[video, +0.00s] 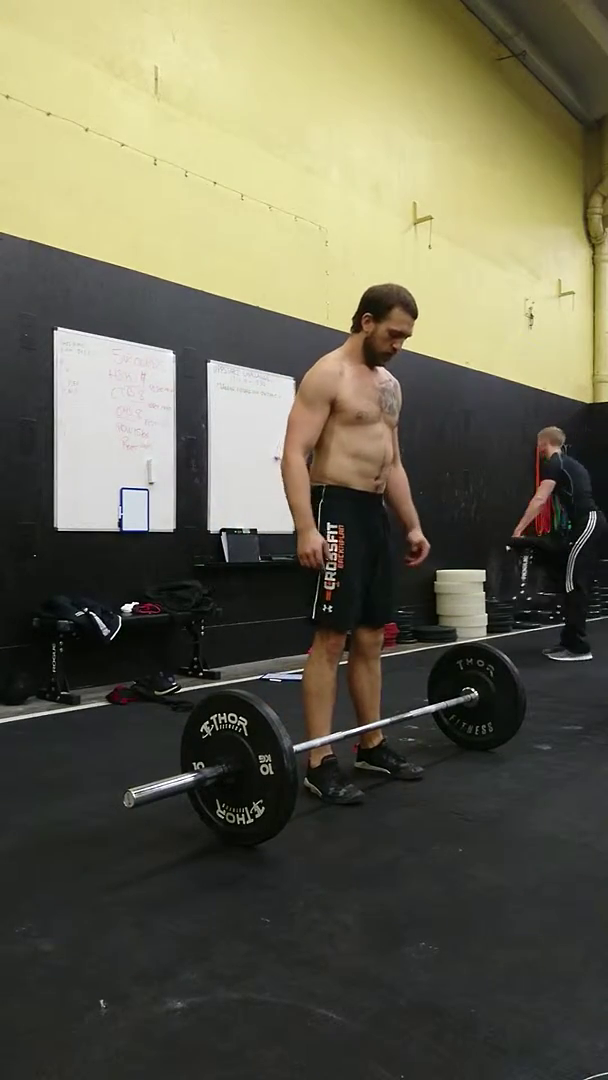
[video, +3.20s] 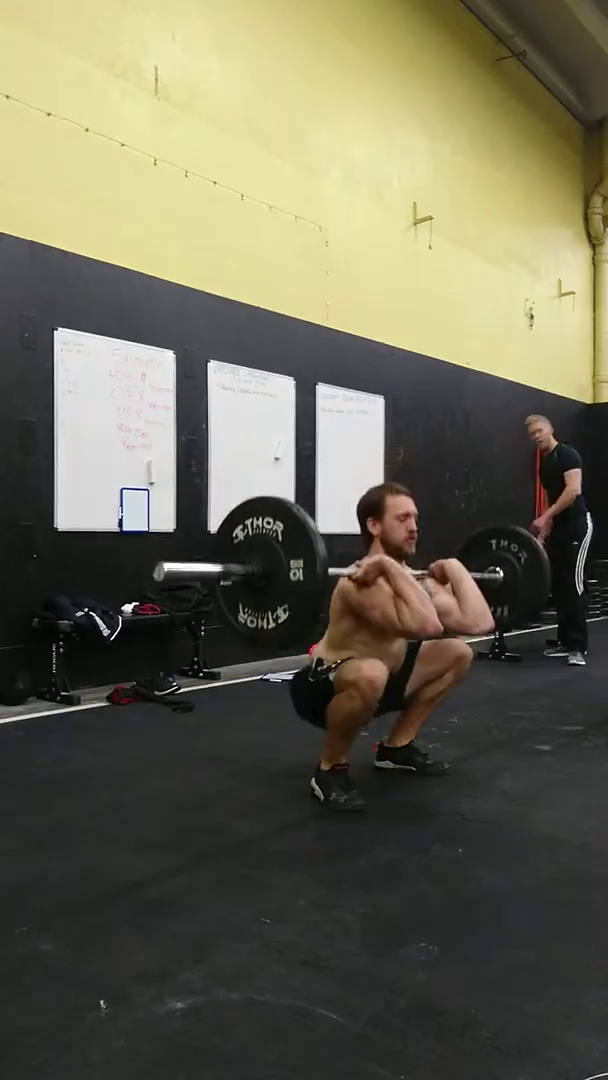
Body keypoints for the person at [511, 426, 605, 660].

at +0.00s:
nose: (538, 450)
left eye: (539, 445)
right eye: (538, 446)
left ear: (546, 444)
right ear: (560, 445)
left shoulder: (555, 462)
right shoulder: (571, 463)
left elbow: (539, 499)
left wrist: (520, 527)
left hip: (587, 521)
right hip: (590, 520)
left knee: (573, 578)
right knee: (575, 579)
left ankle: (576, 645)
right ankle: (572, 641)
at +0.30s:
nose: (525, 479)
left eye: (524, 476)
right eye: (524, 476)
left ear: (528, 473)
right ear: (544, 469)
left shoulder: (537, 485)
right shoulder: (558, 480)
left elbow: (522, 525)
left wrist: (506, 555)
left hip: (590, 524)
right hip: (596, 522)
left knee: (570, 580)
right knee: (576, 582)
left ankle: (577, 647)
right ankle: (571, 642)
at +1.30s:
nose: (508, 505)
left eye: (508, 500)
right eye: (506, 502)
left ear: (519, 493)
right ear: (522, 492)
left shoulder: (530, 504)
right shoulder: (541, 499)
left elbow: (520, 546)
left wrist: (504, 578)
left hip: (590, 527)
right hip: (599, 525)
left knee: (569, 585)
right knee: (580, 586)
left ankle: (578, 648)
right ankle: (569, 642)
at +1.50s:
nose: (506, 483)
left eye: (507, 477)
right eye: (503, 481)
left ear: (521, 470)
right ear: (522, 473)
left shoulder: (533, 487)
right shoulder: (541, 486)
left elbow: (540, 529)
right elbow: (567, 526)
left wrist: (525, 559)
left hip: (593, 525)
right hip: (590, 525)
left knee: (574, 582)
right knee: (572, 582)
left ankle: (578, 647)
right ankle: (570, 641)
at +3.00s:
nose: (517, 456)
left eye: (517, 450)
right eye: (514, 453)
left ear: (529, 443)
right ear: (525, 447)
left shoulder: (552, 459)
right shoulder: (540, 466)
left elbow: (559, 496)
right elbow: (552, 506)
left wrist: (539, 526)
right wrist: (549, 538)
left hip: (579, 524)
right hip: (564, 528)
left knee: (571, 582)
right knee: (560, 583)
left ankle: (582, 646)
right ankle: (566, 641)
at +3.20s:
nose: (536, 437)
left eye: (539, 431)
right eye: (533, 435)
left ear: (550, 429)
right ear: (532, 438)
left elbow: (573, 490)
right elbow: (550, 497)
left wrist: (546, 515)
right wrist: (545, 527)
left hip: (577, 522)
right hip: (558, 524)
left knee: (573, 582)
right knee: (559, 583)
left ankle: (578, 647)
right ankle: (565, 639)